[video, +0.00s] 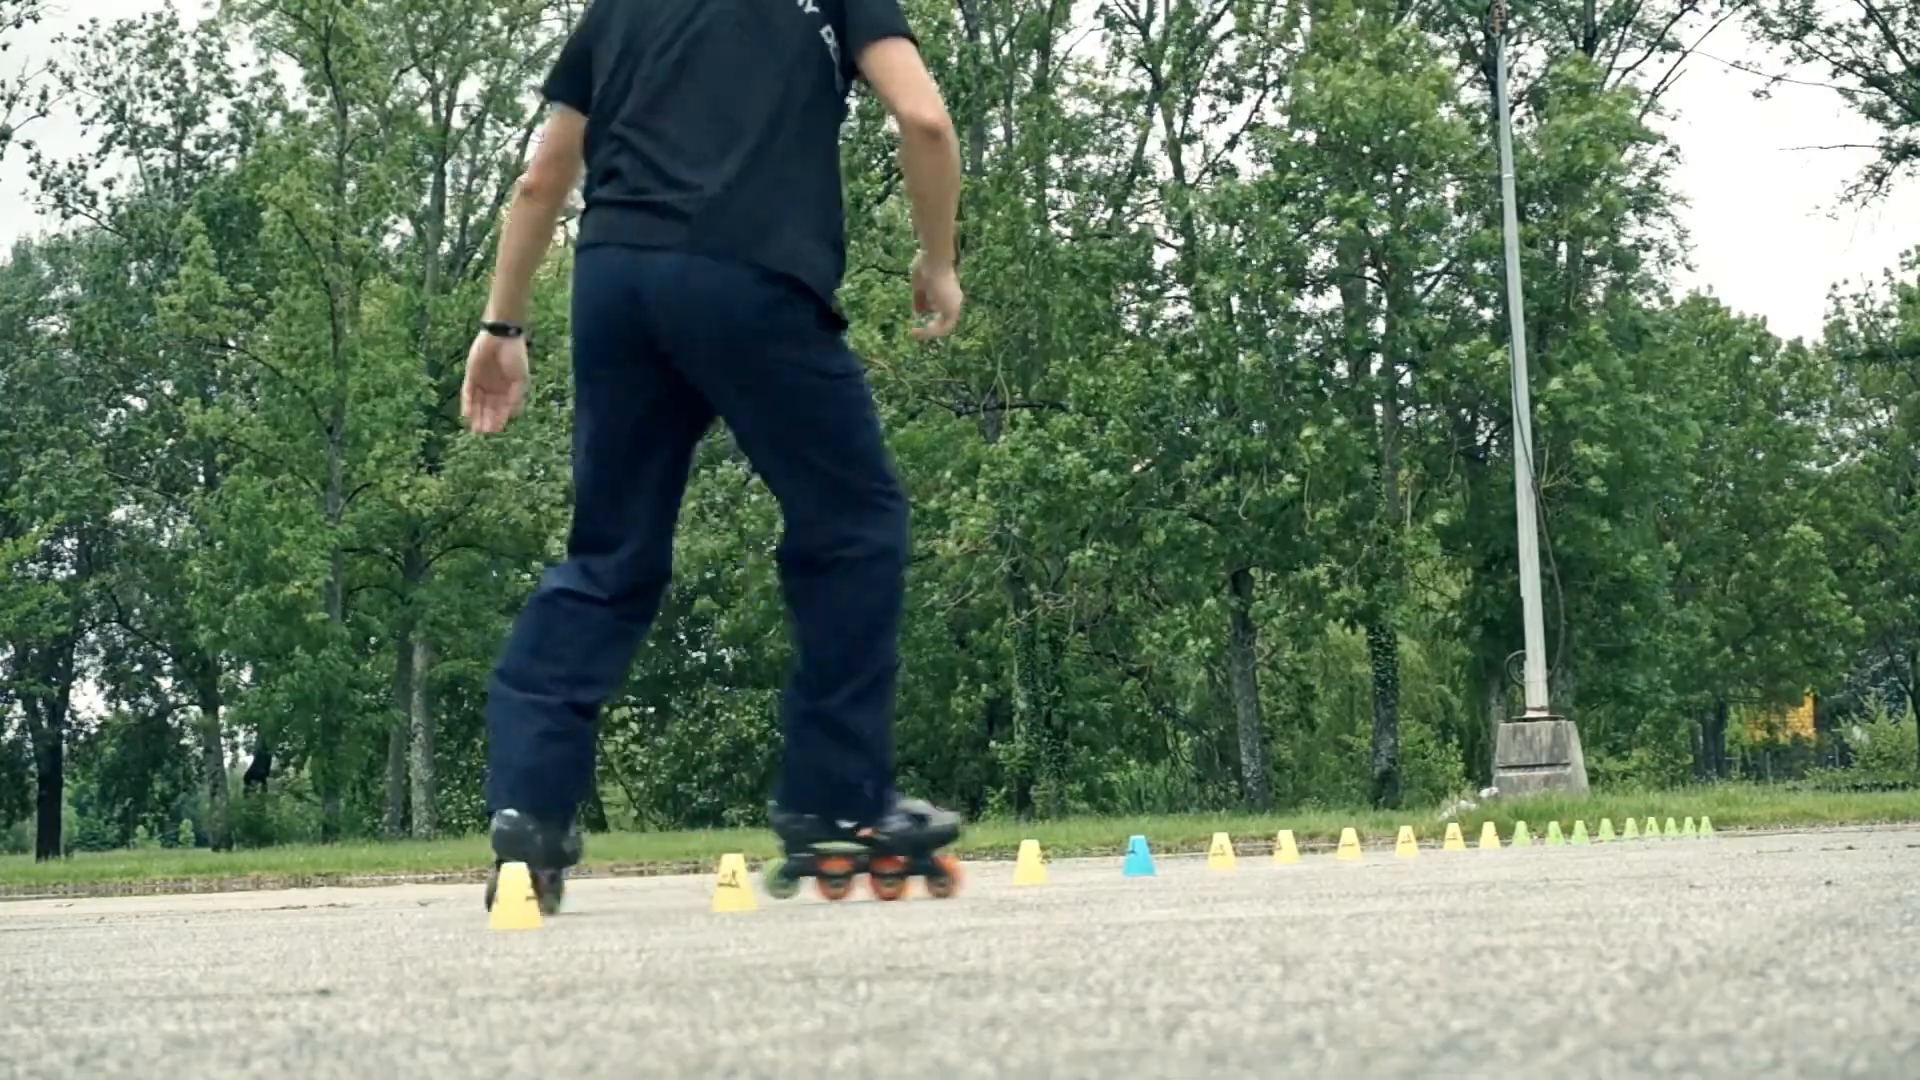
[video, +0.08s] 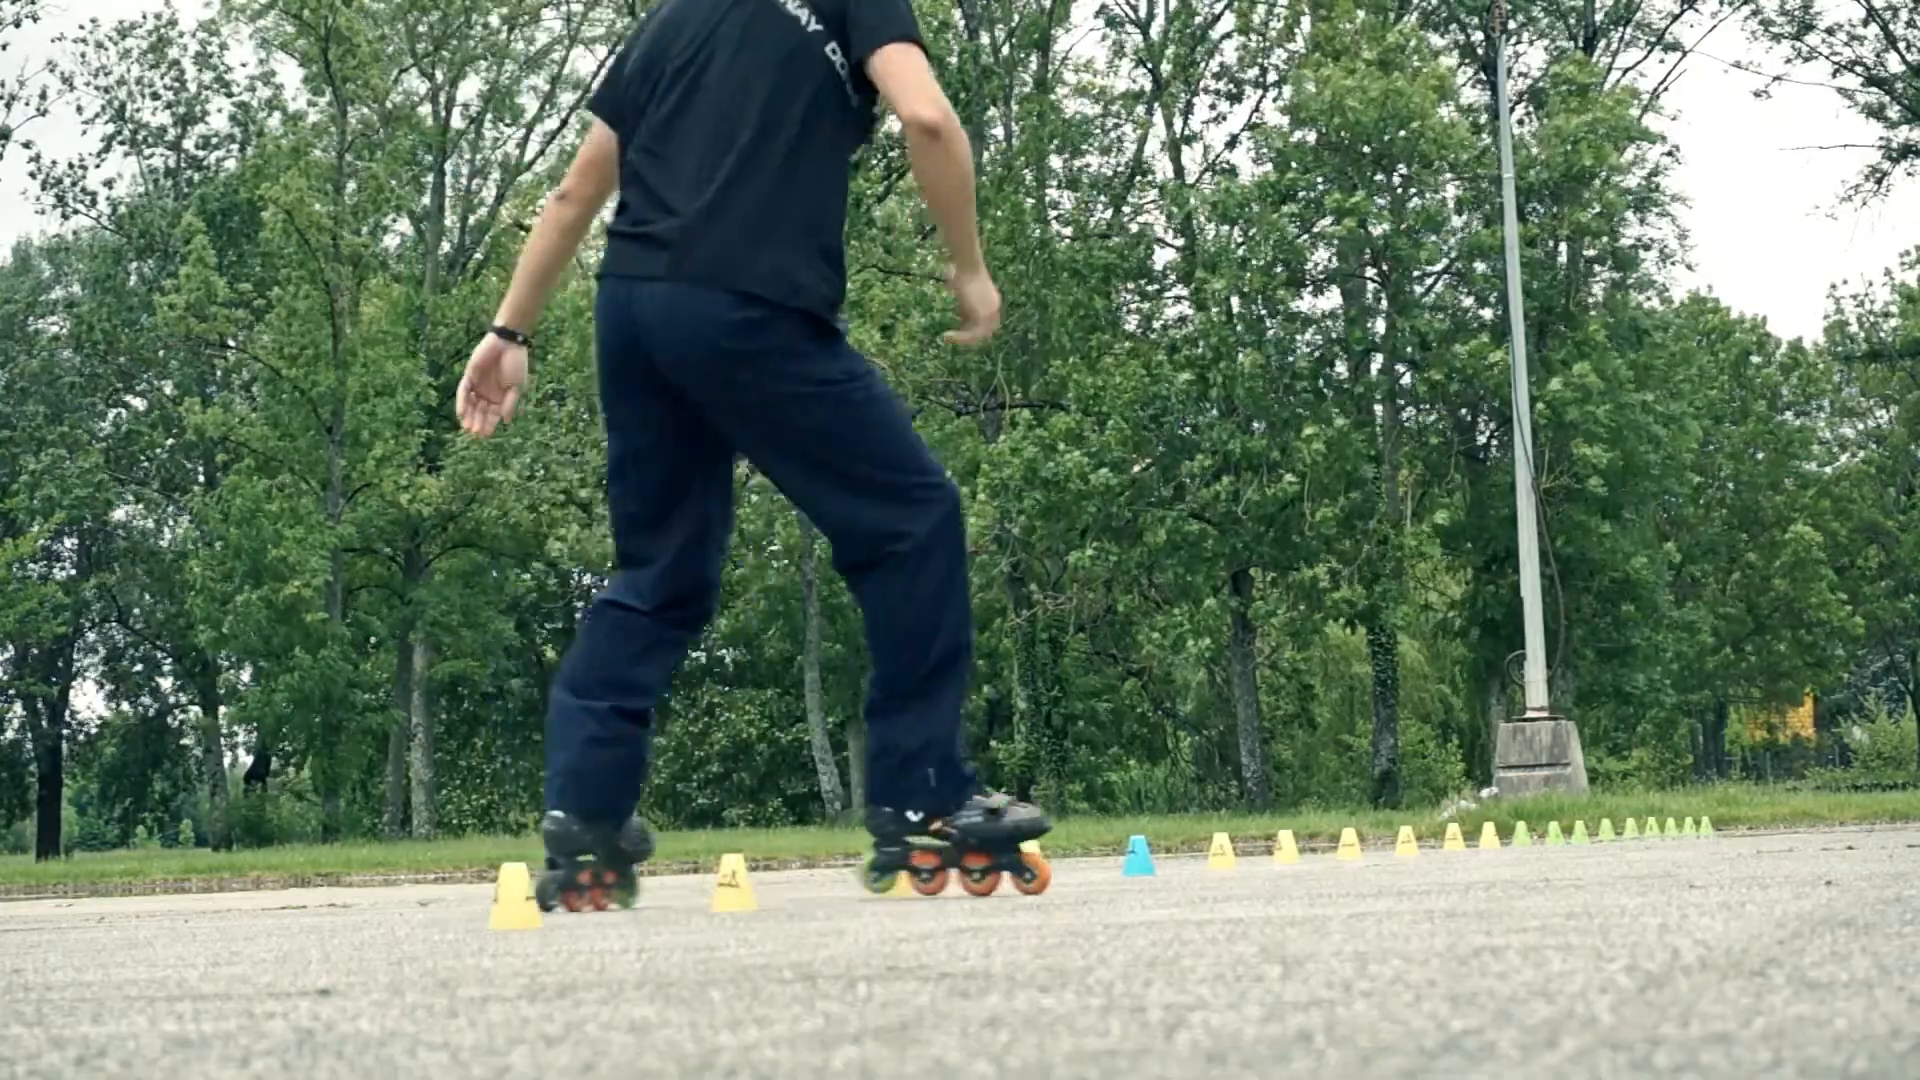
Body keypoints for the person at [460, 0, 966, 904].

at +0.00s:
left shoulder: (615, 9)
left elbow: (542, 175)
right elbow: (925, 115)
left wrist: (502, 320)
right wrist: (939, 258)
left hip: (611, 281)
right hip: (751, 281)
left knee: (608, 555)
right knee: (854, 524)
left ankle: (529, 804)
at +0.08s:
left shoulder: (666, 21)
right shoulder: (852, 3)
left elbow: (575, 193)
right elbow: (925, 117)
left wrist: (509, 329)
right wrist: (969, 267)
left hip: (632, 315)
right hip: (751, 314)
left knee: (658, 574)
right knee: (912, 522)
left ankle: (586, 817)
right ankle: (924, 797)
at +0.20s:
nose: (951, 10)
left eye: (952, 6)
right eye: (948, 1)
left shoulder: (752, 39)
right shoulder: (882, 7)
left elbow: (649, 195)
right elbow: (931, 120)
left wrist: (565, 332)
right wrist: (1030, 262)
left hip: (699, 349)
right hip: (772, 350)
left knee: (789, 582)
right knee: (947, 520)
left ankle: (715, 806)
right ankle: (986, 789)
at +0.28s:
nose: (997, 28)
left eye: (1003, 15)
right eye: (998, 8)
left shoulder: (815, 55)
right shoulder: (890, 32)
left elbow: (708, 223)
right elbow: (935, 135)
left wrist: (634, 351)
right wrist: (1060, 259)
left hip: (765, 369)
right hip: (772, 372)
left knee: (876, 572)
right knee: (945, 523)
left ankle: (824, 795)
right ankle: (988, 779)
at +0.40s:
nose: (1043, 66)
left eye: (1051, 47)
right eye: (1038, 39)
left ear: (978, 23)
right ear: (976, 16)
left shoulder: (924, 114)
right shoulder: (876, 83)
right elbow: (892, 161)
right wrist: (1043, 243)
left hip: (885, 397)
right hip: (785, 409)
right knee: (921, 546)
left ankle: (935, 794)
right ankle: (1010, 780)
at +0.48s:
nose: (1033, 89)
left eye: (1044, 71)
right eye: (1023, 63)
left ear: (969, 49)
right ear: (958, 42)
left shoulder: (962, 155)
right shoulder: (861, 110)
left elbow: (951, 290)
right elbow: (808, 175)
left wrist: (1004, 410)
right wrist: (938, 215)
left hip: (923, 413)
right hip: (810, 426)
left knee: (1047, 565)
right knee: (907, 566)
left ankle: (949, 795)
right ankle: (1038, 782)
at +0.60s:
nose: (961, 110)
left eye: (978, 93)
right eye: (942, 88)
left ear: (992, 84)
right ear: (889, 71)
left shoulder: (996, 174)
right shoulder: (810, 152)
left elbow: (1118, 242)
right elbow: (709, 181)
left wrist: (1263, 293)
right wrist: (665, 187)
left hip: (951, 423)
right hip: (834, 434)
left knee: (1003, 586)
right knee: (902, 576)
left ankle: (904, 794)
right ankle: (1026, 788)